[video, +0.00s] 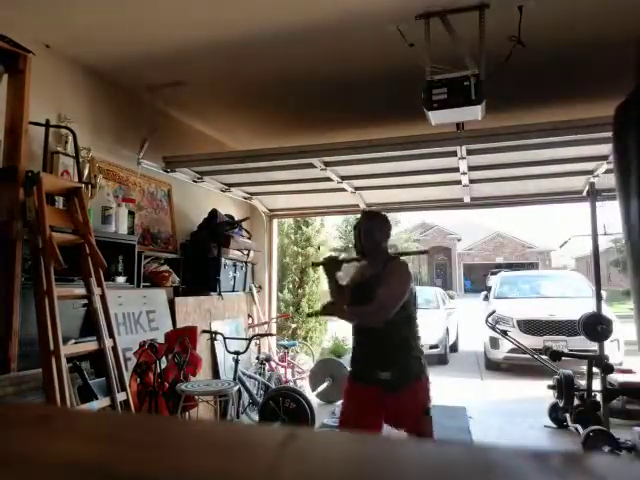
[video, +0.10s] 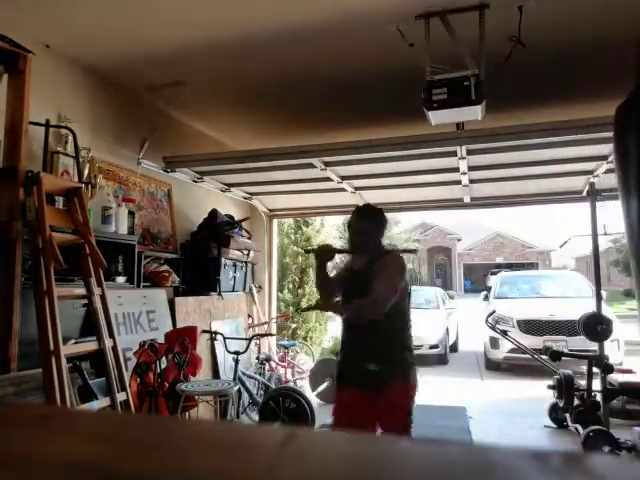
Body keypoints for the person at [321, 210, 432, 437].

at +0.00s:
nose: (369, 239)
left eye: (375, 232)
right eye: (364, 233)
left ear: (386, 235)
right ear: (357, 237)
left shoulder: (398, 270)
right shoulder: (360, 272)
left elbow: (381, 313)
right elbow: (344, 305)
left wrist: (343, 313)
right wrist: (332, 277)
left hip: (404, 371)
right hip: (365, 370)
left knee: (421, 445)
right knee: (355, 447)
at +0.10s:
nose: (354, 237)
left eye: (361, 231)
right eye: (352, 230)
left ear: (377, 232)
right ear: (349, 231)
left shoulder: (392, 262)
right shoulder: (354, 265)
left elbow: (377, 307)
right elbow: (328, 293)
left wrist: (334, 307)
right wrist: (321, 264)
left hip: (392, 369)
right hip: (355, 367)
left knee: (396, 446)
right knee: (348, 446)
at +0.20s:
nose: (354, 236)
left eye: (362, 230)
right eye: (351, 228)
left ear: (378, 232)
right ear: (348, 227)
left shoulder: (392, 260)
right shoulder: (345, 257)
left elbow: (380, 307)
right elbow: (311, 283)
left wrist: (331, 302)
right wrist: (315, 251)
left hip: (382, 349)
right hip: (347, 348)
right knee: (343, 419)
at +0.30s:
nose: (354, 237)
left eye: (362, 232)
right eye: (352, 229)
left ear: (377, 234)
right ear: (347, 229)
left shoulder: (392, 264)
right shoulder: (343, 257)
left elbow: (379, 311)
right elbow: (309, 284)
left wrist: (328, 304)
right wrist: (315, 250)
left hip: (382, 343)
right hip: (344, 341)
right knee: (339, 403)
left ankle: (348, 427)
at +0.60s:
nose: (345, 236)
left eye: (351, 230)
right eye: (344, 230)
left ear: (368, 233)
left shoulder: (383, 264)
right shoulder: (350, 271)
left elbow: (366, 308)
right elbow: (313, 295)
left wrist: (326, 316)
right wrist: (317, 255)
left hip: (373, 354)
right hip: (344, 355)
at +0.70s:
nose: (346, 237)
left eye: (351, 230)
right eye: (345, 230)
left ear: (369, 232)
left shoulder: (384, 263)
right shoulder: (354, 270)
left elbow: (356, 304)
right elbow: (313, 294)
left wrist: (327, 315)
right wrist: (314, 251)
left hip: (370, 364)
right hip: (344, 362)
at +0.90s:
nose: (358, 228)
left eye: (367, 222)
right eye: (357, 221)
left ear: (387, 227)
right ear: (355, 224)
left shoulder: (404, 263)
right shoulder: (350, 261)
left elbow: (366, 295)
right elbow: (323, 288)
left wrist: (306, 292)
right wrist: (328, 252)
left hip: (384, 388)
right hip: (343, 384)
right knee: (332, 464)